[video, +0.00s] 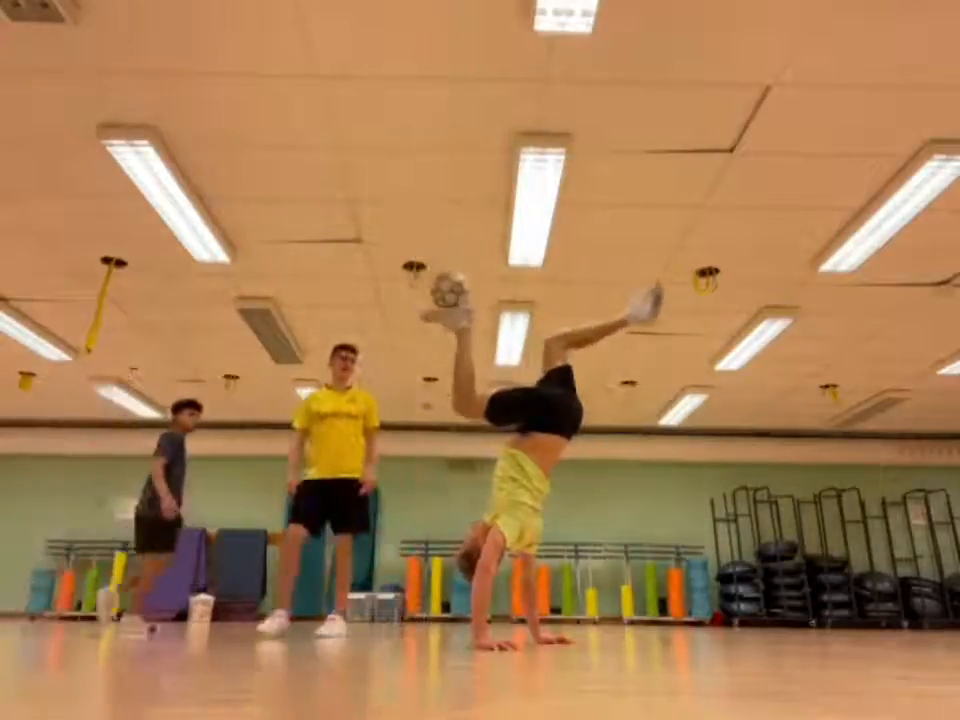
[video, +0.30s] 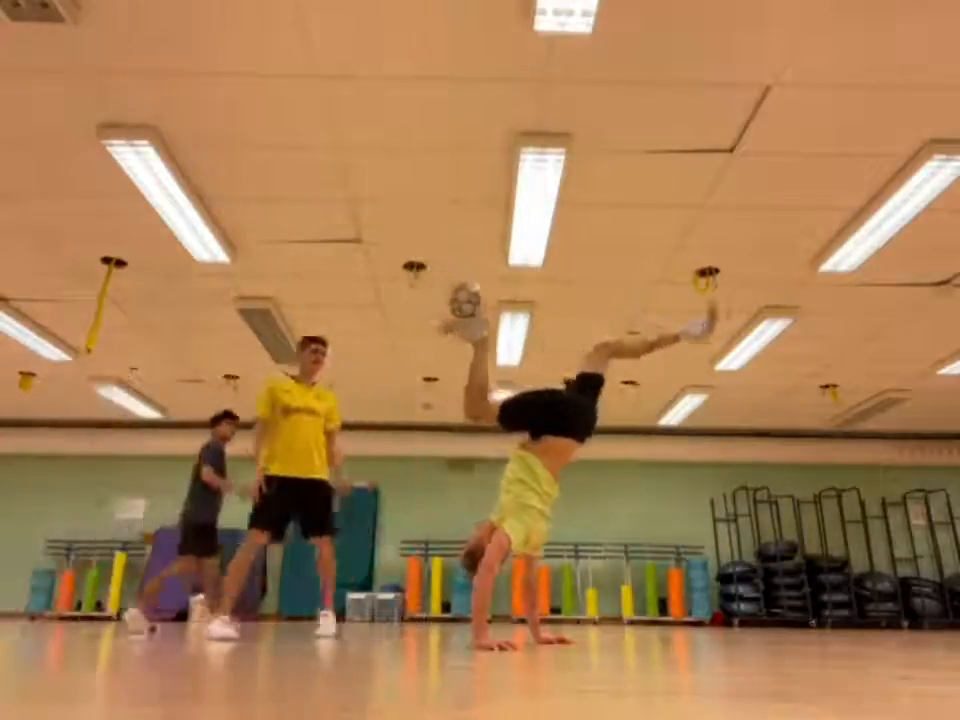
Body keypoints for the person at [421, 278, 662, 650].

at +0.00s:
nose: (472, 535)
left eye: (468, 540)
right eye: (474, 541)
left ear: (475, 550)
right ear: (482, 550)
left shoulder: (526, 539)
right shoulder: (499, 531)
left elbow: (528, 586)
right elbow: (484, 574)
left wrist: (536, 631)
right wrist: (481, 634)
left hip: (565, 416)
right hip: (546, 417)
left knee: (555, 344)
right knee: (466, 406)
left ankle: (630, 318)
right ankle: (463, 328)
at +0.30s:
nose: (478, 527)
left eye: (473, 532)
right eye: (479, 534)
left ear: (483, 551)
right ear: (485, 543)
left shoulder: (530, 541)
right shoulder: (504, 534)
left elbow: (530, 590)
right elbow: (483, 578)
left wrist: (537, 634)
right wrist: (480, 637)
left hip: (579, 422)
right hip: (557, 421)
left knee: (603, 350)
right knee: (477, 412)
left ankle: (687, 333)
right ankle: (480, 338)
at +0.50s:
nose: (482, 542)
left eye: (480, 545)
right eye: (481, 543)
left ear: (482, 550)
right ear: (484, 544)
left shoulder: (530, 541)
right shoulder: (509, 534)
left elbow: (530, 588)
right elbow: (482, 576)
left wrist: (536, 632)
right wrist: (480, 635)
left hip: (598, 436)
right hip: (582, 432)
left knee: (634, 367)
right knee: (515, 382)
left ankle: (714, 359)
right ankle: (527, 301)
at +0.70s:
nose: (495, 524)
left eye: (494, 536)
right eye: (494, 531)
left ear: (495, 550)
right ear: (497, 537)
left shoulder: (535, 539)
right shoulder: (519, 534)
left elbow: (535, 586)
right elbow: (485, 579)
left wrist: (537, 630)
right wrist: (479, 637)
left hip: (618, 452)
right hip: (609, 441)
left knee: (683, 394)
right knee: (576, 353)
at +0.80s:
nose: (501, 528)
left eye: (497, 532)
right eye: (498, 533)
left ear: (501, 550)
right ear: (501, 546)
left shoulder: (539, 544)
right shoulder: (523, 541)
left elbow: (537, 582)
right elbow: (487, 573)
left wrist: (538, 632)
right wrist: (480, 636)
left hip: (633, 472)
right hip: (624, 461)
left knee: (702, 442)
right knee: (638, 365)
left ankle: (760, 524)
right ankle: (712, 392)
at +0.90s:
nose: (510, 563)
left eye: (508, 563)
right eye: (508, 560)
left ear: (515, 567)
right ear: (516, 557)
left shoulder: (549, 561)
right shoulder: (540, 548)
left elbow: (537, 588)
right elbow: (491, 576)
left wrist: (539, 629)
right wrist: (480, 637)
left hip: (651, 504)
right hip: (648, 479)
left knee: (751, 507)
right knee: (719, 414)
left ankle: (748, 606)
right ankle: (755, 494)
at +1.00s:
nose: (520, 563)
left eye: (518, 562)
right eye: (519, 564)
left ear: (524, 585)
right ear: (524, 574)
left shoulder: (554, 575)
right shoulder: (545, 565)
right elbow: (497, 573)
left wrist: (538, 630)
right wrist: (482, 634)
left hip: (672, 539)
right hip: (673, 530)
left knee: (771, 535)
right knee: (788, 511)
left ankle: (745, 622)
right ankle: (757, 609)